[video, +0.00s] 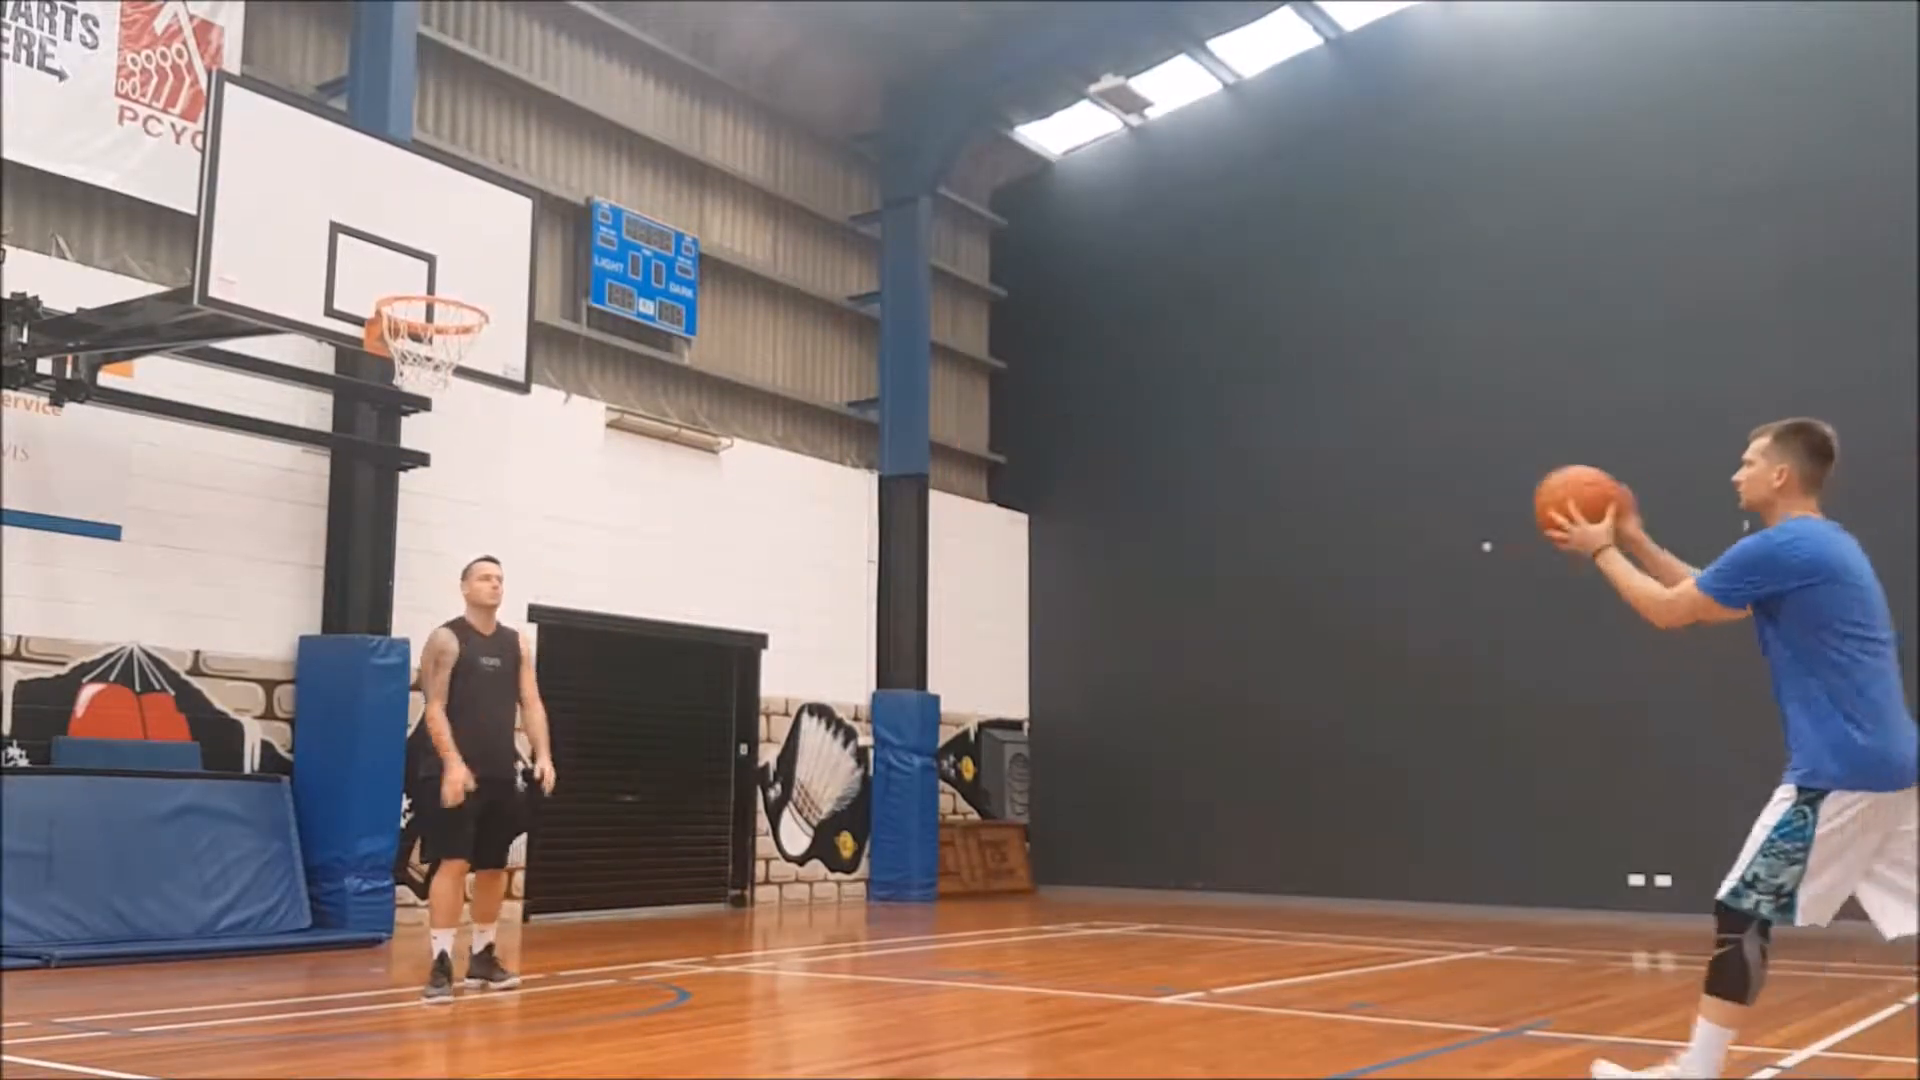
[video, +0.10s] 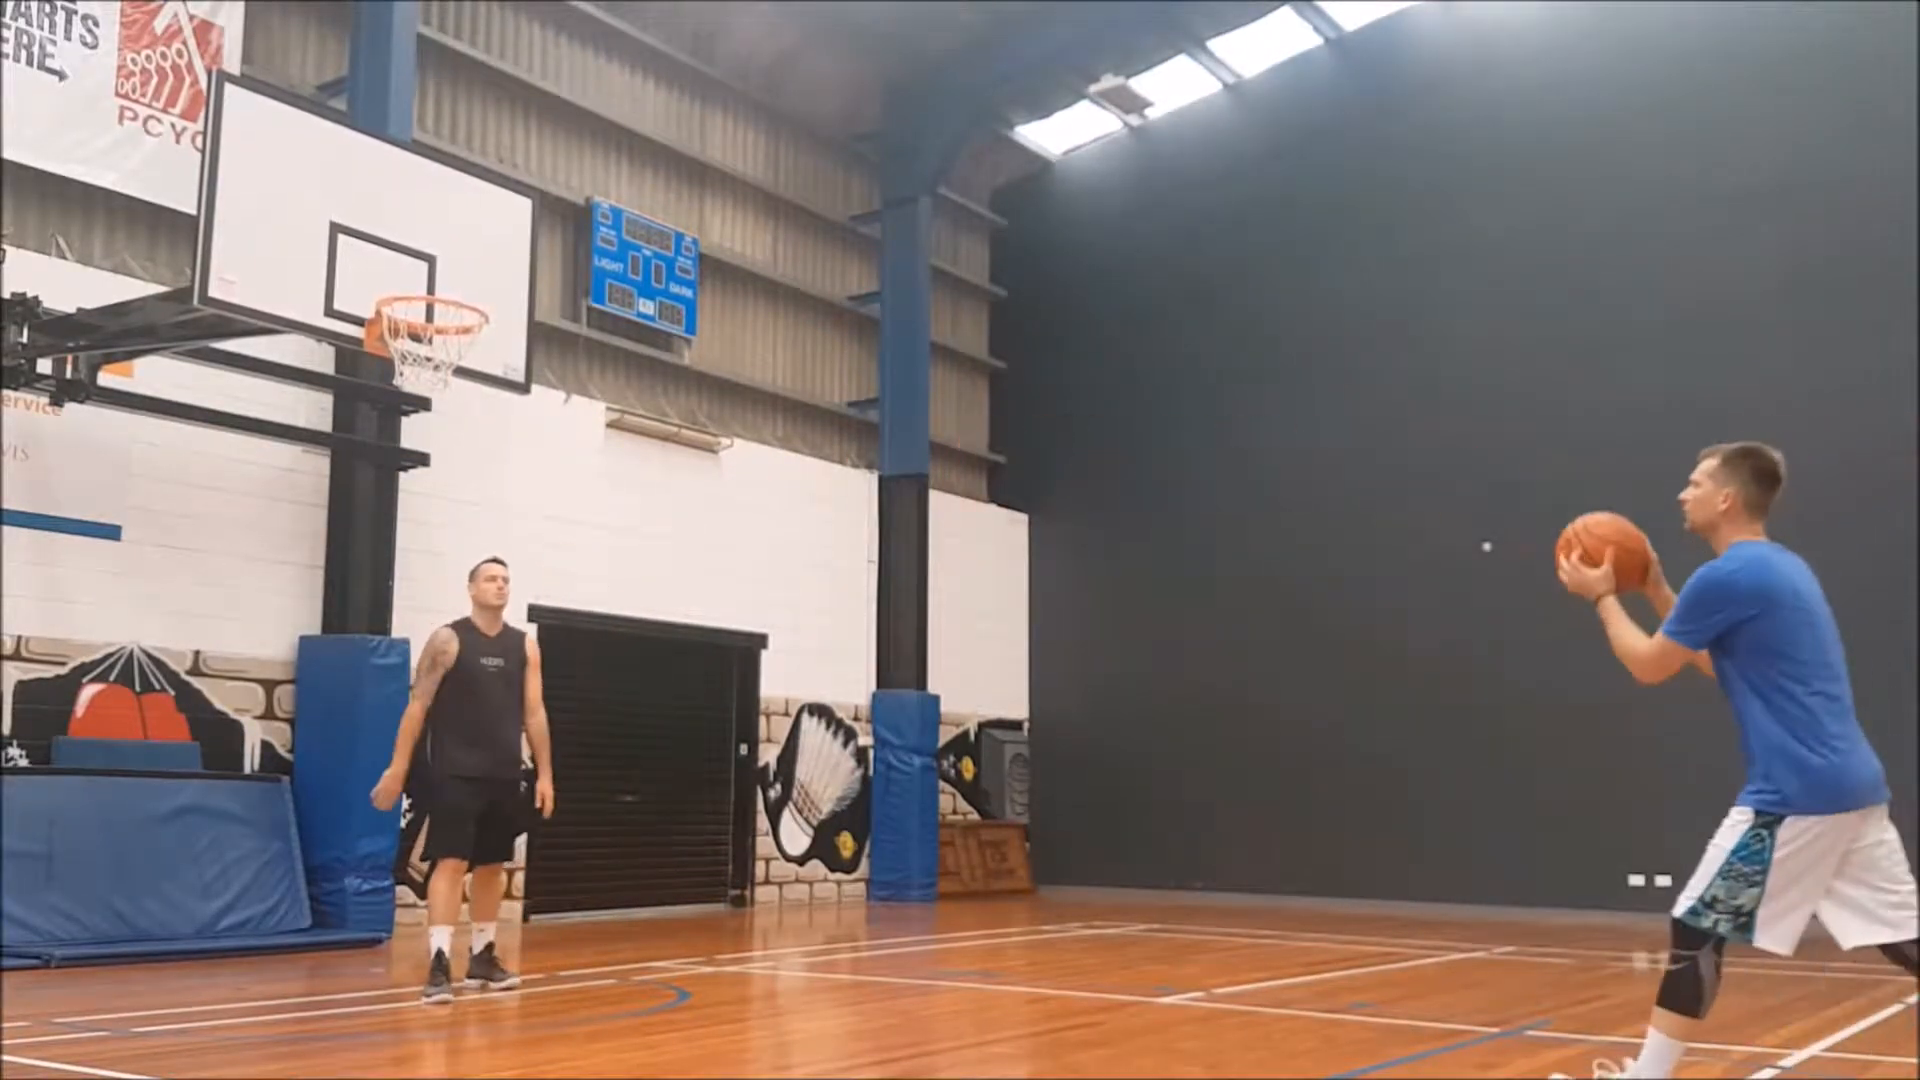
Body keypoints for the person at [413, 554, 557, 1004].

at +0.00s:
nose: (494, 585)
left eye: (499, 579)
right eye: (485, 578)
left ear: (504, 590)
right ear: (464, 588)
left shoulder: (516, 643)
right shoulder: (445, 640)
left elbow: (531, 704)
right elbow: (434, 710)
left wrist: (543, 755)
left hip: (500, 769)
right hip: (451, 768)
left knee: (494, 863)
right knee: (454, 861)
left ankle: (484, 956)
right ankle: (442, 963)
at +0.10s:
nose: (500, 586)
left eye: (505, 580)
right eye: (491, 580)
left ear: (510, 591)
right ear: (471, 589)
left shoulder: (525, 645)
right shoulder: (447, 641)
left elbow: (534, 713)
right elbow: (417, 708)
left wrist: (544, 773)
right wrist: (397, 770)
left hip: (504, 777)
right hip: (454, 775)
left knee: (491, 865)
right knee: (452, 863)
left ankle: (483, 956)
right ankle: (439, 965)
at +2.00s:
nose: (447, 591)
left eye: (455, 589)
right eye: (440, 590)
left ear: (467, 608)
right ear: (429, 609)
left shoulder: (490, 653)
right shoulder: (409, 658)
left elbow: (515, 706)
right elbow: (390, 710)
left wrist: (519, 732)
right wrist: (382, 736)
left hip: (472, 778)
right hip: (418, 777)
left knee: (473, 861)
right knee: (415, 866)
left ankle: (463, 956)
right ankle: (413, 952)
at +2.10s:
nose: (459, 588)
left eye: (467, 587)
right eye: (452, 587)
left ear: (479, 607)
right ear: (442, 606)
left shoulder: (499, 651)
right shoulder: (420, 655)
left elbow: (532, 701)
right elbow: (392, 715)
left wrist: (517, 711)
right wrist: (381, 698)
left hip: (480, 771)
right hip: (427, 769)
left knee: (482, 862)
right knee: (417, 862)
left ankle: (463, 957)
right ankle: (413, 947)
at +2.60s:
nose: (482, 611)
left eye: (491, 603)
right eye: (479, 603)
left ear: (514, 607)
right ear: (476, 606)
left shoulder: (539, 651)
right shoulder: (458, 660)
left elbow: (529, 698)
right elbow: (415, 710)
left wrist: (475, 705)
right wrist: (372, 755)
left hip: (521, 785)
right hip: (471, 781)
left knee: (503, 881)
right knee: (478, 859)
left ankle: (467, 957)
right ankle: (477, 949)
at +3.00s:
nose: (508, 625)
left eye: (516, 616)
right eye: (500, 617)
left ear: (531, 621)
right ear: (489, 623)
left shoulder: (556, 666)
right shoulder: (472, 672)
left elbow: (549, 730)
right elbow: (455, 722)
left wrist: (491, 728)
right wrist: (425, 716)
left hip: (543, 788)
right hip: (493, 784)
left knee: (541, 896)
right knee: (520, 856)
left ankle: (500, 930)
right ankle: (508, 972)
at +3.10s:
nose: (523, 615)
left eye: (529, 607)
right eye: (513, 607)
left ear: (538, 613)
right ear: (495, 615)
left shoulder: (560, 657)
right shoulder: (478, 661)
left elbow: (558, 722)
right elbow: (454, 741)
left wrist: (516, 697)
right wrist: (466, 689)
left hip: (543, 782)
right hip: (494, 781)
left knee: (550, 885)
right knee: (517, 858)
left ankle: (504, 927)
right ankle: (510, 972)